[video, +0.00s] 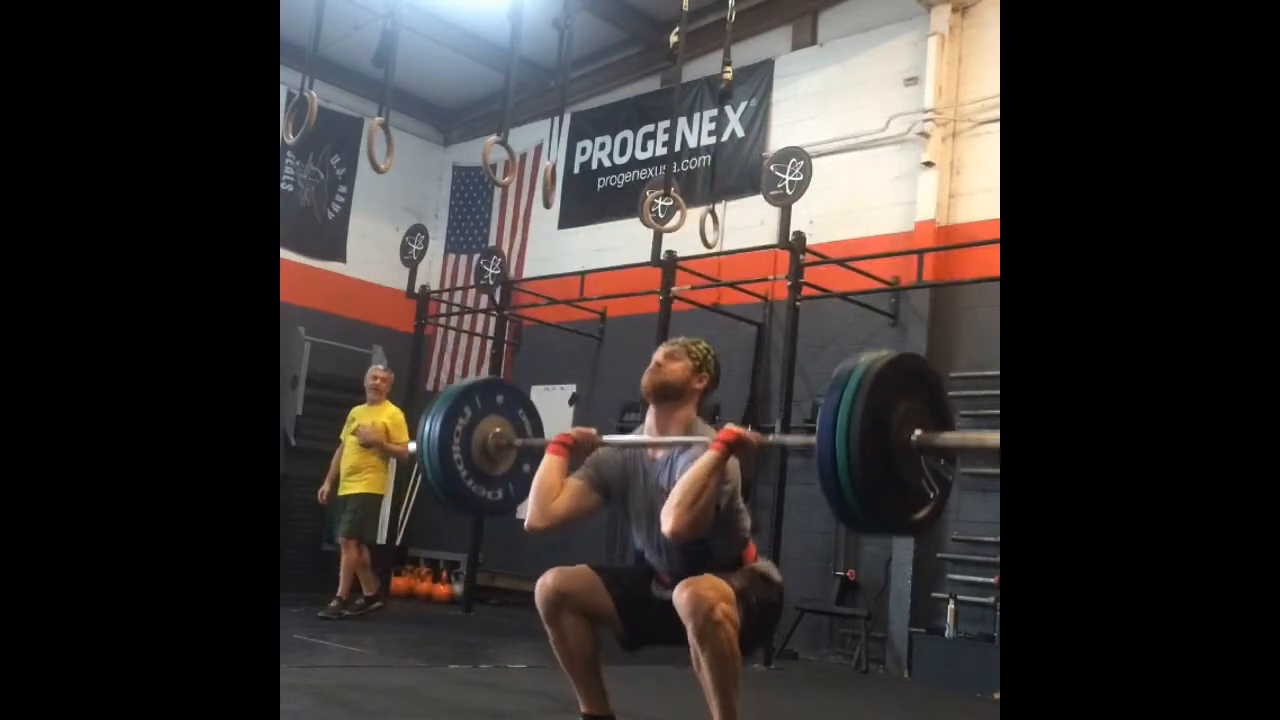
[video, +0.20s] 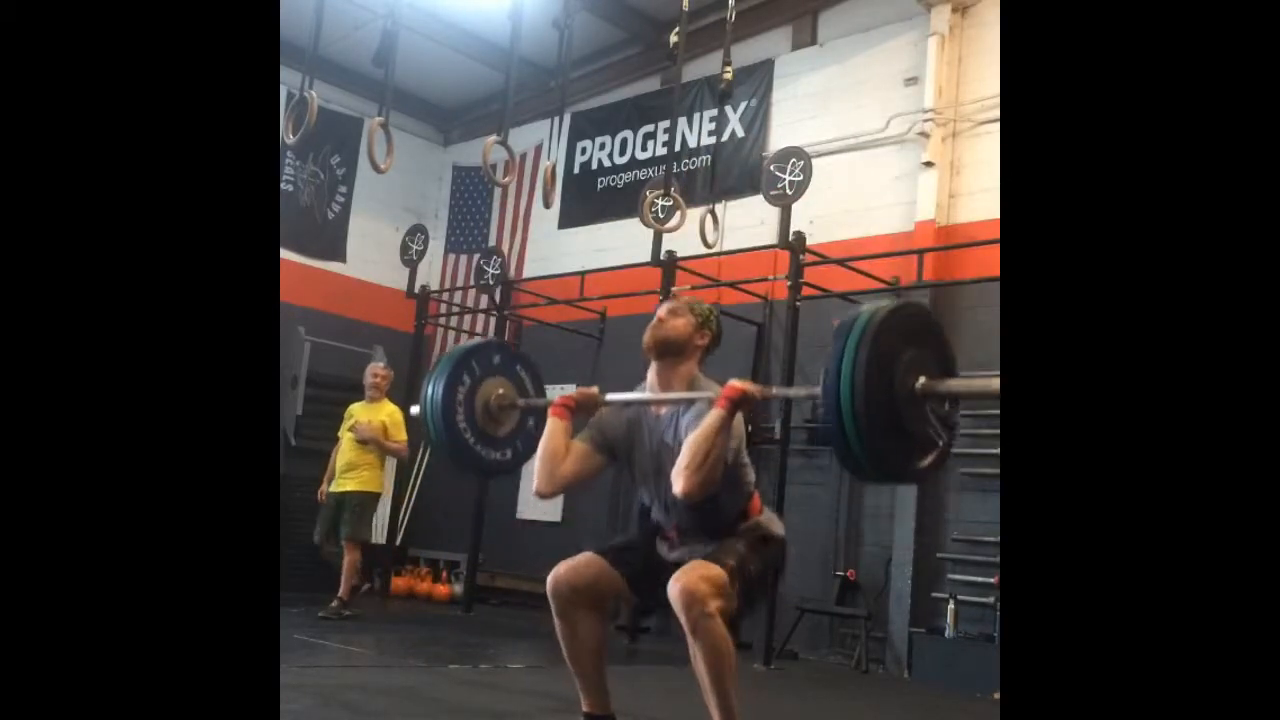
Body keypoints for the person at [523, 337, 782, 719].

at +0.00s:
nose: (655, 362)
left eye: (672, 356)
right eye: (653, 357)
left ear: (699, 381)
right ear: (645, 377)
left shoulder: (713, 451)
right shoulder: (619, 453)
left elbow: (676, 524)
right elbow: (540, 516)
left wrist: (720, 447)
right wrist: (559, 446)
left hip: (737, 590)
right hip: (657, 589)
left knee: (694, 598)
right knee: (554, 589)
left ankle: (725, 714)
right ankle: (595, 711)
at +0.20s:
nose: (660, 314)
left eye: (677, 311)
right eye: (660, 308)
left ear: (702, 340)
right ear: (651, 334)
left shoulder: (717, 407)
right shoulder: (625, 409)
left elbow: (687, 484)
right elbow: (548, 482)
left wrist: (725, 404)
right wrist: (561, 408)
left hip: (741, 542)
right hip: (665, 544)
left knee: (688, 591)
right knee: (568, 584)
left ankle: (725, 716)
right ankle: (596, 711)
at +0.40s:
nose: (669, 266)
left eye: (686, 264)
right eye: (669, 263)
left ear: (711, 292)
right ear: (657, 292)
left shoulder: (723, 357)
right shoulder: (630, 366)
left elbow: (695, 435)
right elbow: (556, 439)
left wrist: (732, 361)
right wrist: (569, 370)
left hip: (736, 506)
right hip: (664, 510)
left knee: (683, 588)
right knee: (570, 582)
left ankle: (725, 716)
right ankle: (597, 711)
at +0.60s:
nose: (686, 202)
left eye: (702, 202)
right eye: (684, 200)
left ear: (724, 232)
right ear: (670, 229)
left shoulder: (729, 294)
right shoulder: (639, 303)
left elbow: (712, 365)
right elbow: (568, 378)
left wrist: (743, 294)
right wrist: (575, 312)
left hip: (726, 459)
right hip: (657, 456)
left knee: (691, 580)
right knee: (573, 574)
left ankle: (725, 715)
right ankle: (596, 710)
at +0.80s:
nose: (715, 165)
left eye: (729, 158)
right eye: (710, 158)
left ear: (753, 177)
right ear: (700, 175)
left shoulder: (754, 228)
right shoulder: (669, 235)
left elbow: (739, 259)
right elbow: (579, 273)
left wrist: (763, 184)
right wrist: (592, 211)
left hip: (707, 402)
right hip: (643, 399)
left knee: (717, 561)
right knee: (614, 550)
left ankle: (736, 710)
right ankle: (592, 698)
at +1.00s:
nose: (712, 169)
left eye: (730, 167)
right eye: (710, 164)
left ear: (754, 190)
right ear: (700, 182)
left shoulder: (748, 242)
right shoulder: (655, 242)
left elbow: (792, 178)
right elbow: (584, 207)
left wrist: (790, 107)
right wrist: (613, 139)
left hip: (691, 406)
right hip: (625, 406)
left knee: (712, 575)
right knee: (617, 569)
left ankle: (735, 713)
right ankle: (602, 708)